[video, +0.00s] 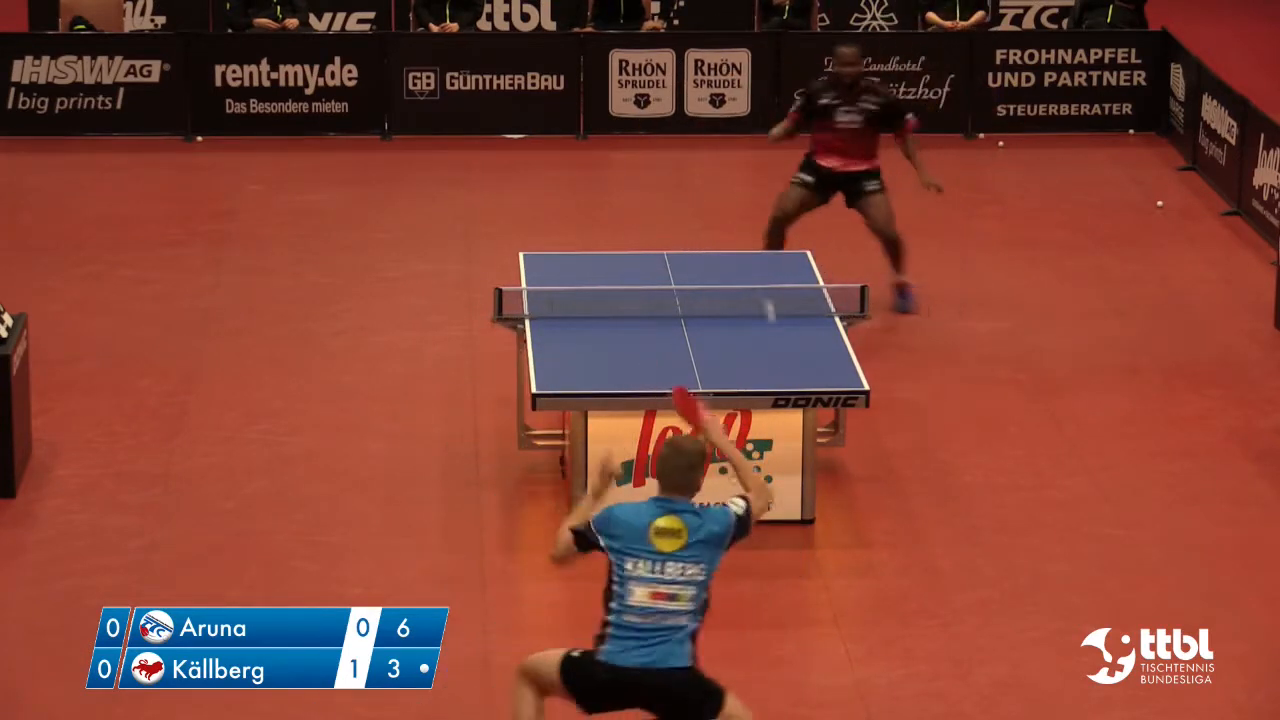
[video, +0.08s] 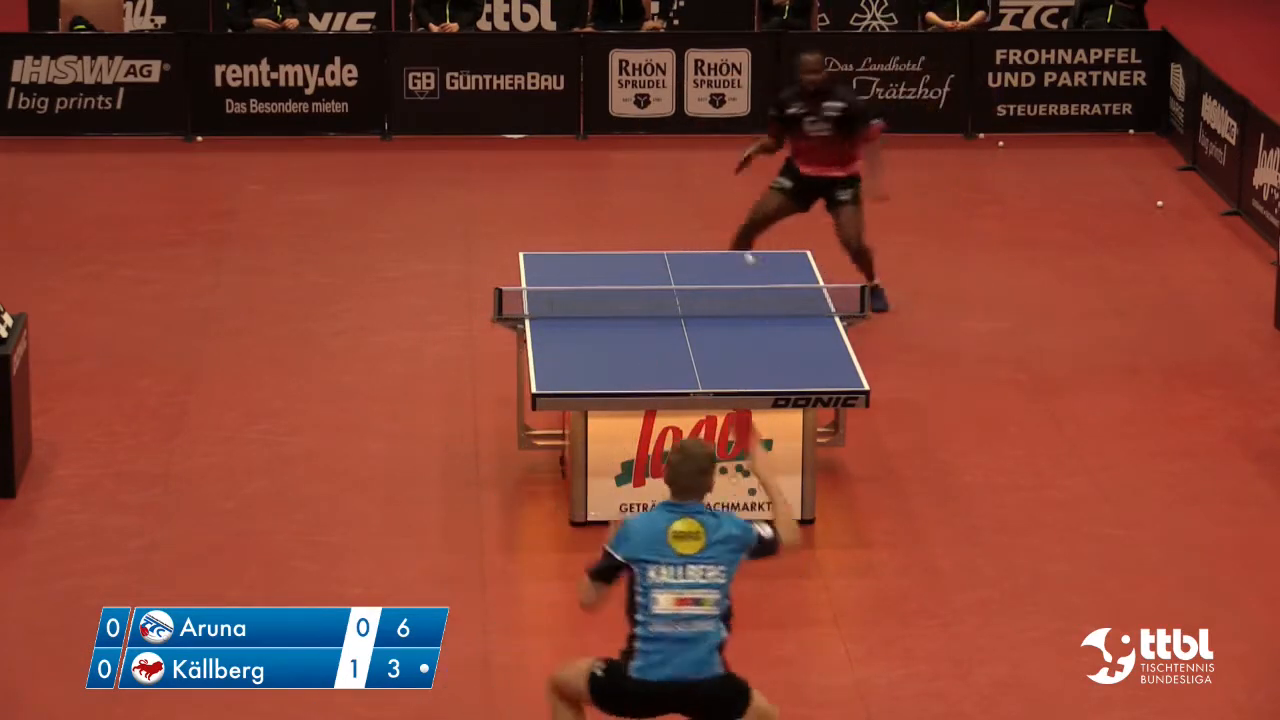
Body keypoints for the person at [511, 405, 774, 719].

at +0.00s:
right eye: (704, 469)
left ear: (655, 472)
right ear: (700, 478)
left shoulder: (619, 517)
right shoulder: (715, 525)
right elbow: (762, 497)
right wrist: (724, 442)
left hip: (610, 674)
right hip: (675, 680)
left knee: (529, 675)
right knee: (741, 715)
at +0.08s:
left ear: (665, 477)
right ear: (712, 482)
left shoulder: (636, 529)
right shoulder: (731, 530)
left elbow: (588, 598)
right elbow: (787, 536)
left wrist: (613, 542)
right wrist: (766, 474)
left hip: (641, 685)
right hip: (707, 686)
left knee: (561, 686)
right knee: (767, 714)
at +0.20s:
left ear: (689, 512)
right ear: (733, 511)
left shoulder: (668, 563)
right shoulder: (759, 560)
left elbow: (649, 651)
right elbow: (821, 597)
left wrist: (642, 614)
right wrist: (809, 536)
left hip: (692, 700)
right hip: (756, 699)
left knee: (602, 701)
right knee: (805, 715)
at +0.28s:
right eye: (743, 511)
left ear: (700, 521)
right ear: (745, 519)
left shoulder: (679, 575)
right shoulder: (771, 572)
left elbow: (659, 658)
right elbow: (835, 614)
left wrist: (647, 641)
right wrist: (825, 560)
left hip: (708, 705)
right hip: (771, 705)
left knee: (621, 704)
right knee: (821, 714)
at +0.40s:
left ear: (706, 508)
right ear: (751, 508)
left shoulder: (682, 557)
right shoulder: (777, 559)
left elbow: (636, 625)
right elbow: (838, 609)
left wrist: (627, 602)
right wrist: (834, 564)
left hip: (708, 691)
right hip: (774, 692)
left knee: (624, 702)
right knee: (831, 713)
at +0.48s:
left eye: (713, 471)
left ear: (713, 482)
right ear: (757, 486)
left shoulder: (683, 531)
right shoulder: (781, 538)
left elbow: (633, 594)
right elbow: (840, 596)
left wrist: (633, 570)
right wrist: (837, 560)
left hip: (705, 669)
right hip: (771, 671)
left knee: (619, 701)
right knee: (839, 712)